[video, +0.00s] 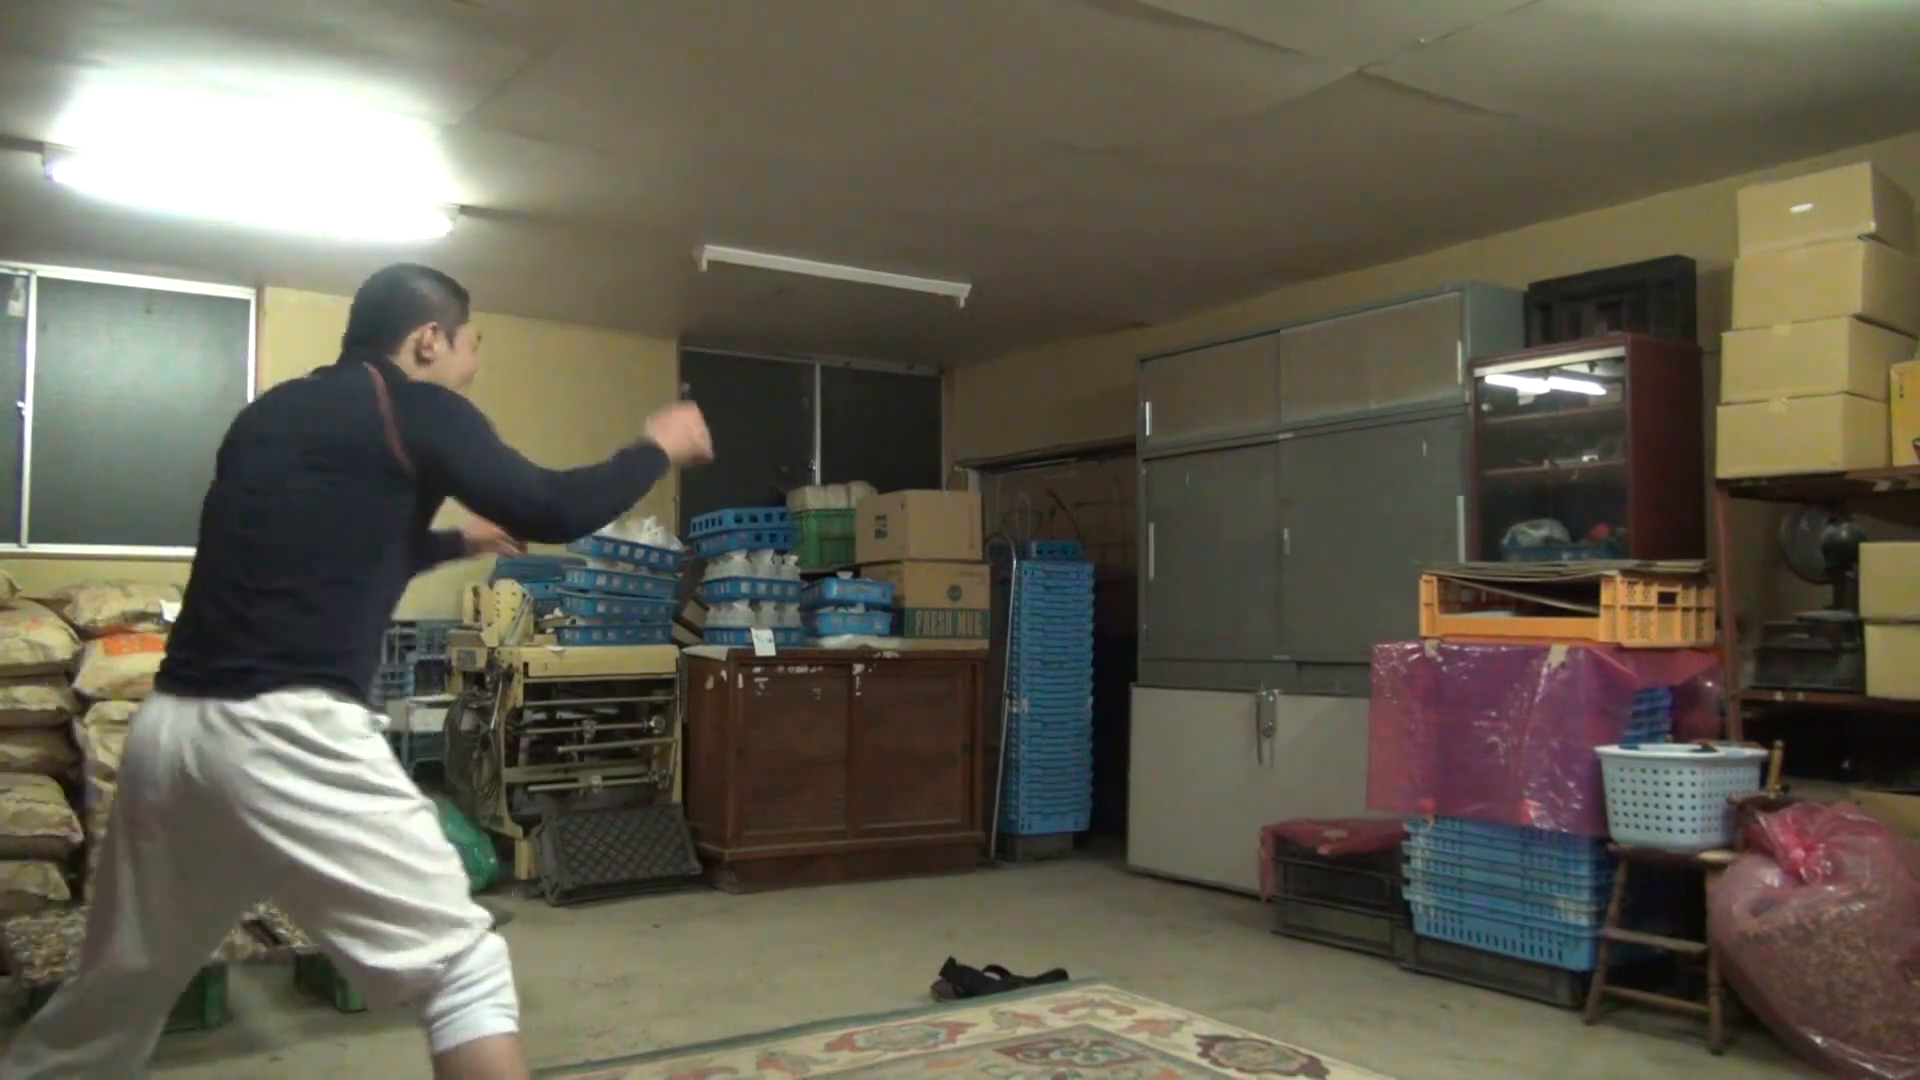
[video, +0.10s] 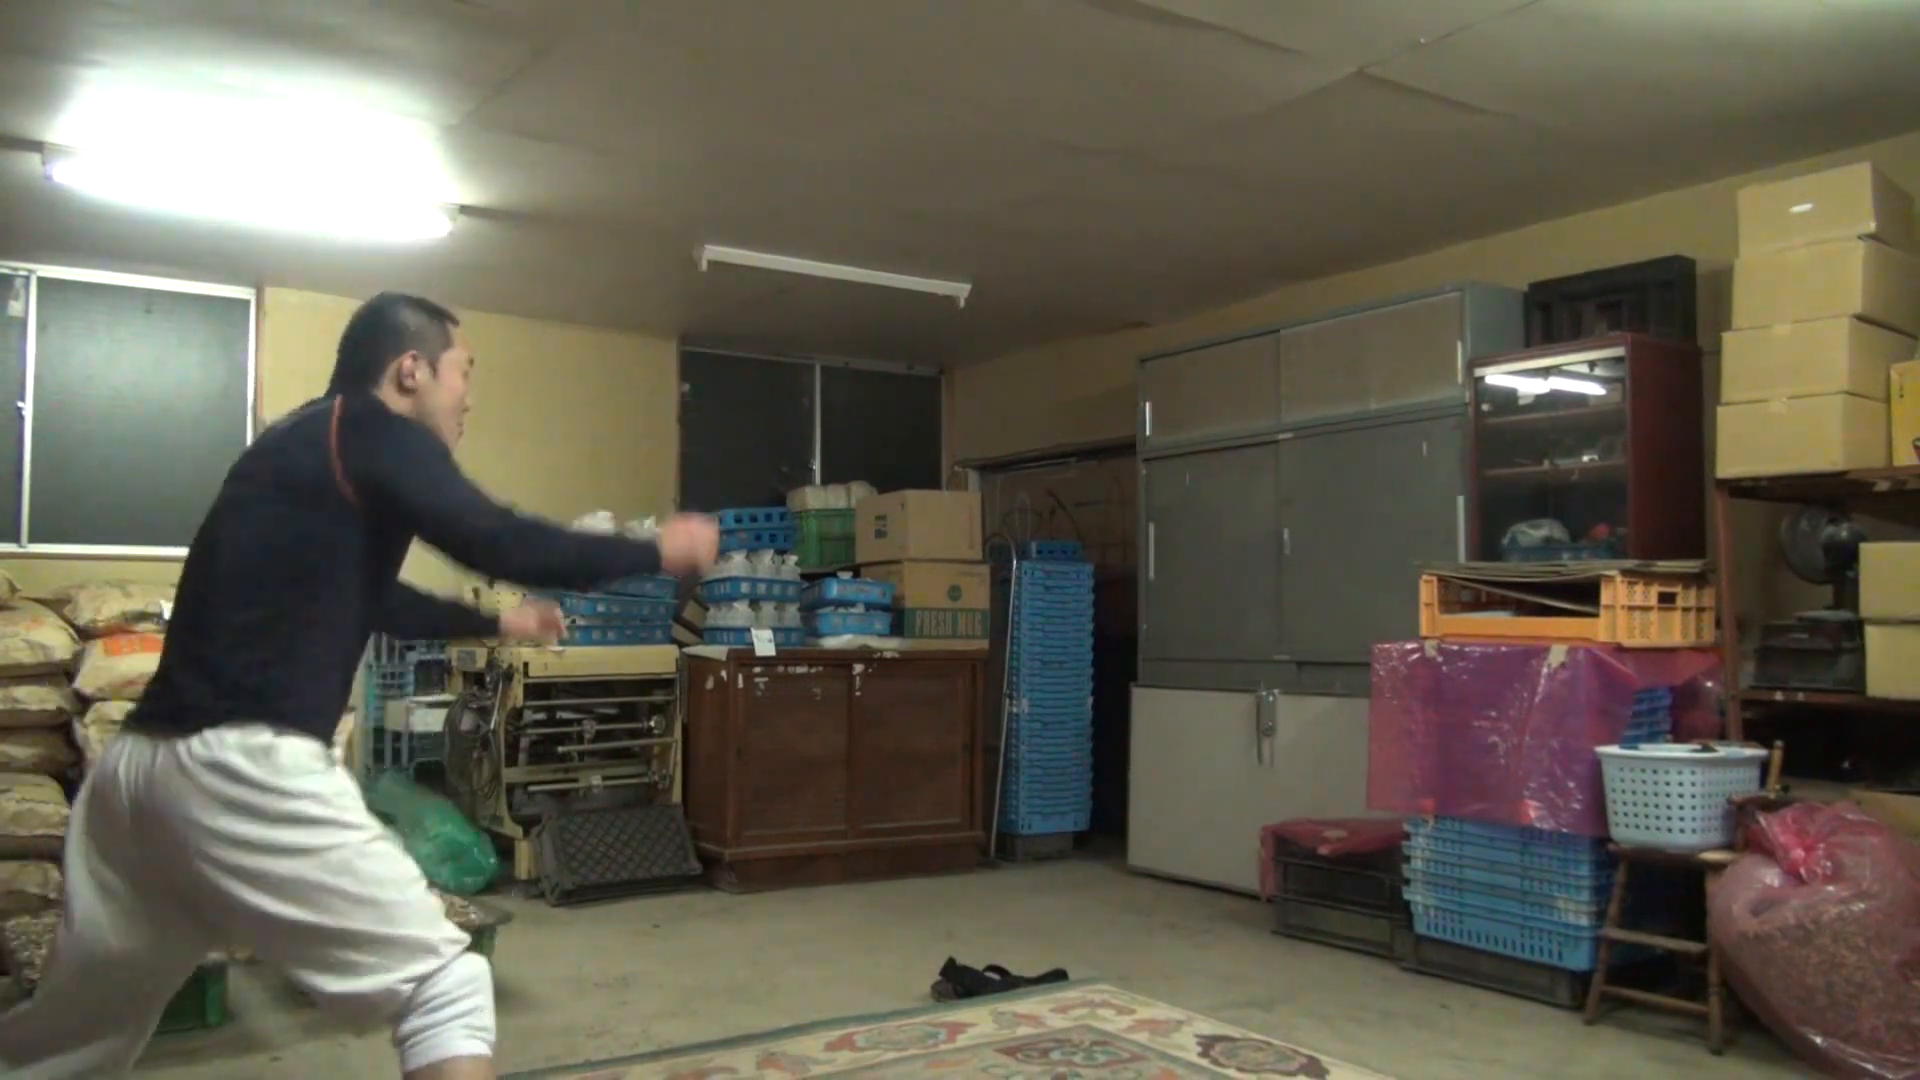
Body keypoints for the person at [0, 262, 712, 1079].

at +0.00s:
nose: (469, 367)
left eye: (472, 350)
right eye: (467, 348)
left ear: (359, 337)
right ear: (425, 341)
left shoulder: (264, 412)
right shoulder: (416, 407)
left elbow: (327, 556)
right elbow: (551, 510)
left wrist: (456, 542)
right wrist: (657, 449)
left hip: (165, 732)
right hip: (291, 732)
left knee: (114, 989)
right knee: (464, 975)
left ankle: (34, 1072)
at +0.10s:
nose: (469, 391)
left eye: (468, 369)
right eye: (460, 368)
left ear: (382, 373)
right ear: (407, 372)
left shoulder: (289, 442)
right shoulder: (371, 435)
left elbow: (363, 601)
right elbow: (498, 541)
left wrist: (491, 621)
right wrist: (653, 549)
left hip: (133, 770)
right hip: (246, 769)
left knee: (68, 1035)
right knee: (443, 986)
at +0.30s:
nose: (519, 375)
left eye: (514, 354)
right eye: (511, 355)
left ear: (422, 371)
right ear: (468, 366)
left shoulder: (352, 445)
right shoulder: (456, 449)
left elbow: (412, 620)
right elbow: (485, 595)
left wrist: (507, 715)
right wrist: (620, 680)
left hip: (221, 741)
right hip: (340, 745)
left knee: (116, 1000)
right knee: (493, 985)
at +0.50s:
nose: (505, 346)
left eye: (498, 328)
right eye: (499, 328)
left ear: (398, 343)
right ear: (478, 334)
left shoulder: (349, 422)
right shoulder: (557, 441)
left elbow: (365, 357)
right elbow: (634, 569)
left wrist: (459, 288)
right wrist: (691, 541)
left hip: (444, 756)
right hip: (566, 738)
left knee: (369, 1020)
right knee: (563, 954)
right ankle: (647, 1069)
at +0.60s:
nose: (367, 426)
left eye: (364, 412)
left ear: (375, 417)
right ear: (462, 387)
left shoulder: (394, 480)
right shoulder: (567, 456)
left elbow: (290, 470)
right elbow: (668, 509)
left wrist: (344, 377)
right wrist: (630, 410)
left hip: (567, 787)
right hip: (645, 760)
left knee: (424, 1029)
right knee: (588, 967)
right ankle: (780, 1056)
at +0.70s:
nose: (384, 560)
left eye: (378, 544)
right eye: (373, 551)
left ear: (408, 508)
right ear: (430, 481)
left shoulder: (450, 553)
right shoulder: (561, 484)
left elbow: (315, 627)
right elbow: (621, 462)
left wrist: (289, 563)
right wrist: (512, 413)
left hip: (647, 806)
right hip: (690, 792)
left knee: (487, 1003)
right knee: (642, 982)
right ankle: (764, 1046)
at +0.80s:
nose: (415, 642)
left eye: (406, 626)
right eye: (399, 631)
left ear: (450, 583)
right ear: (457, 565)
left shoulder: (514, 621)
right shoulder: (544, 531)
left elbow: (388, 715)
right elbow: (542, 502)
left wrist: (313, 663)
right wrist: (449, 495)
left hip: (706, 812)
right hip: (702, 804)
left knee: (548, 970)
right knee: (648, 1016)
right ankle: (775, 1045)